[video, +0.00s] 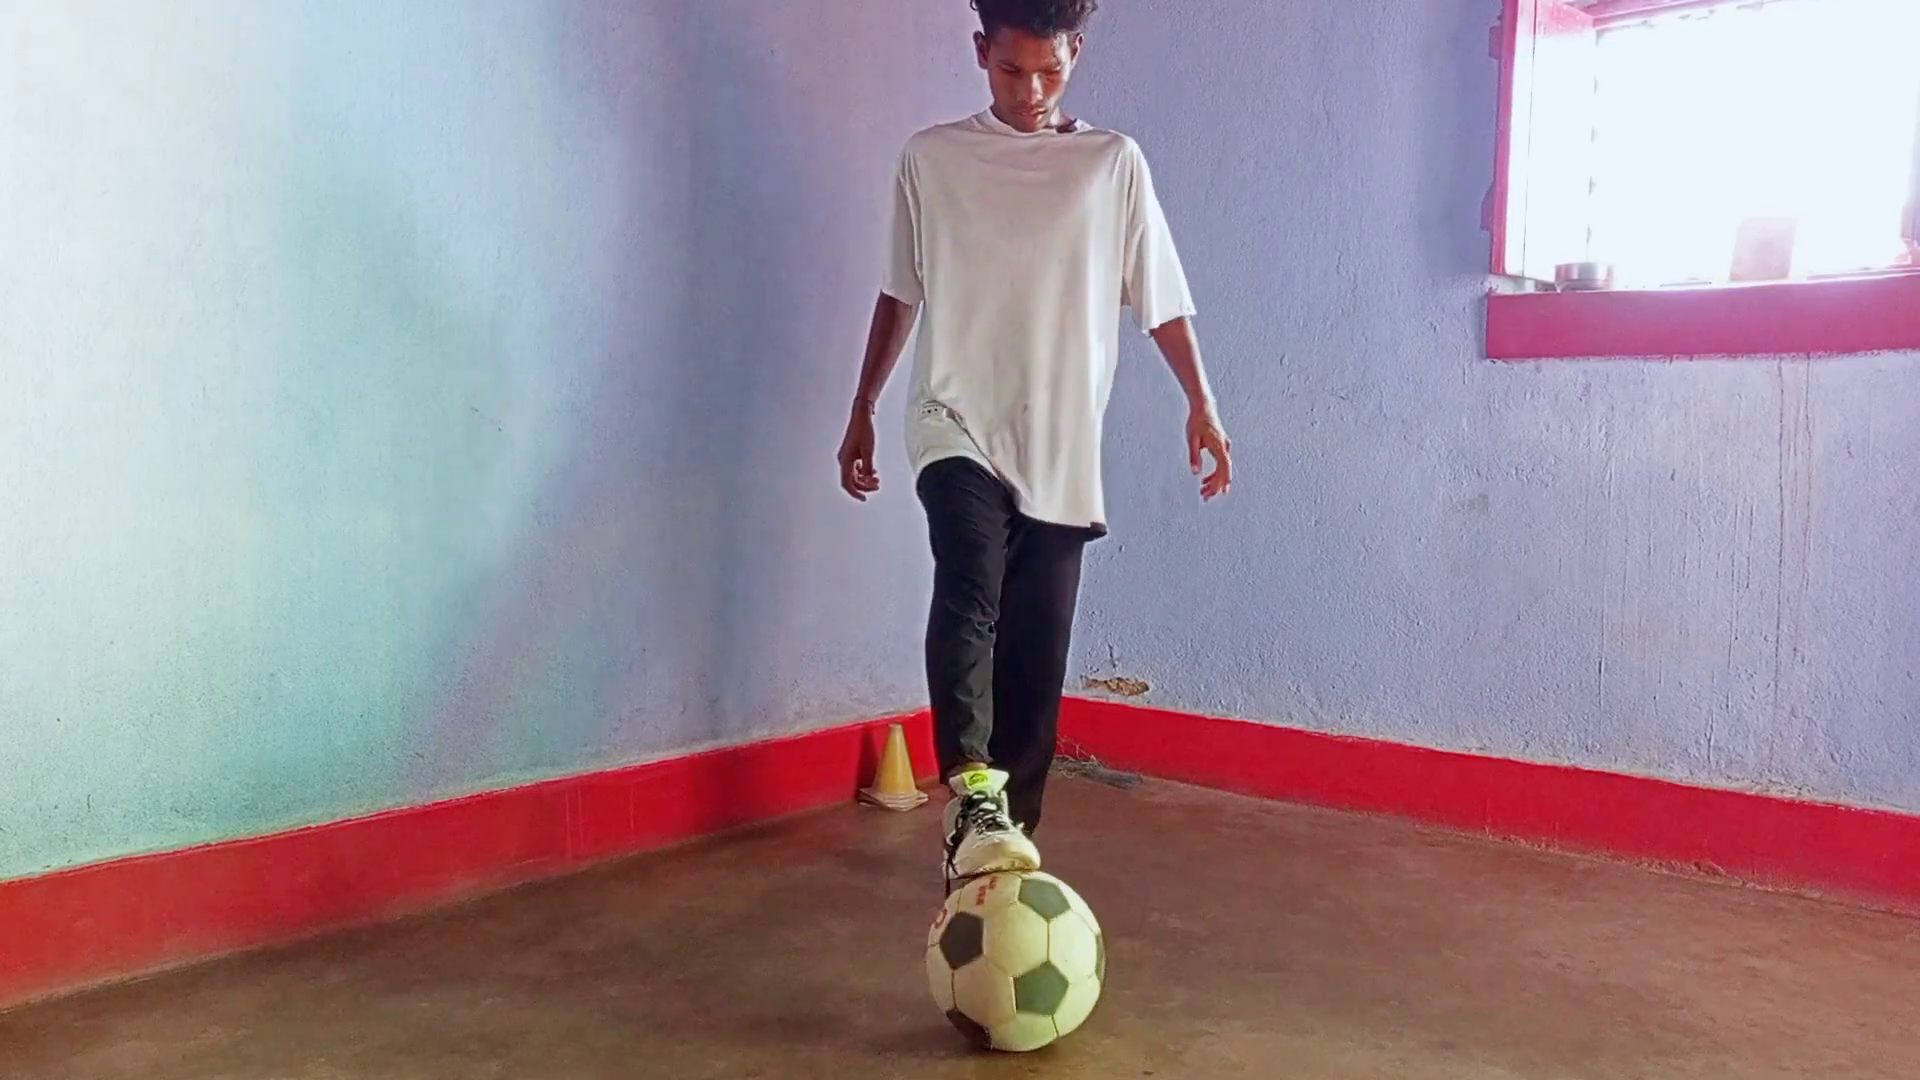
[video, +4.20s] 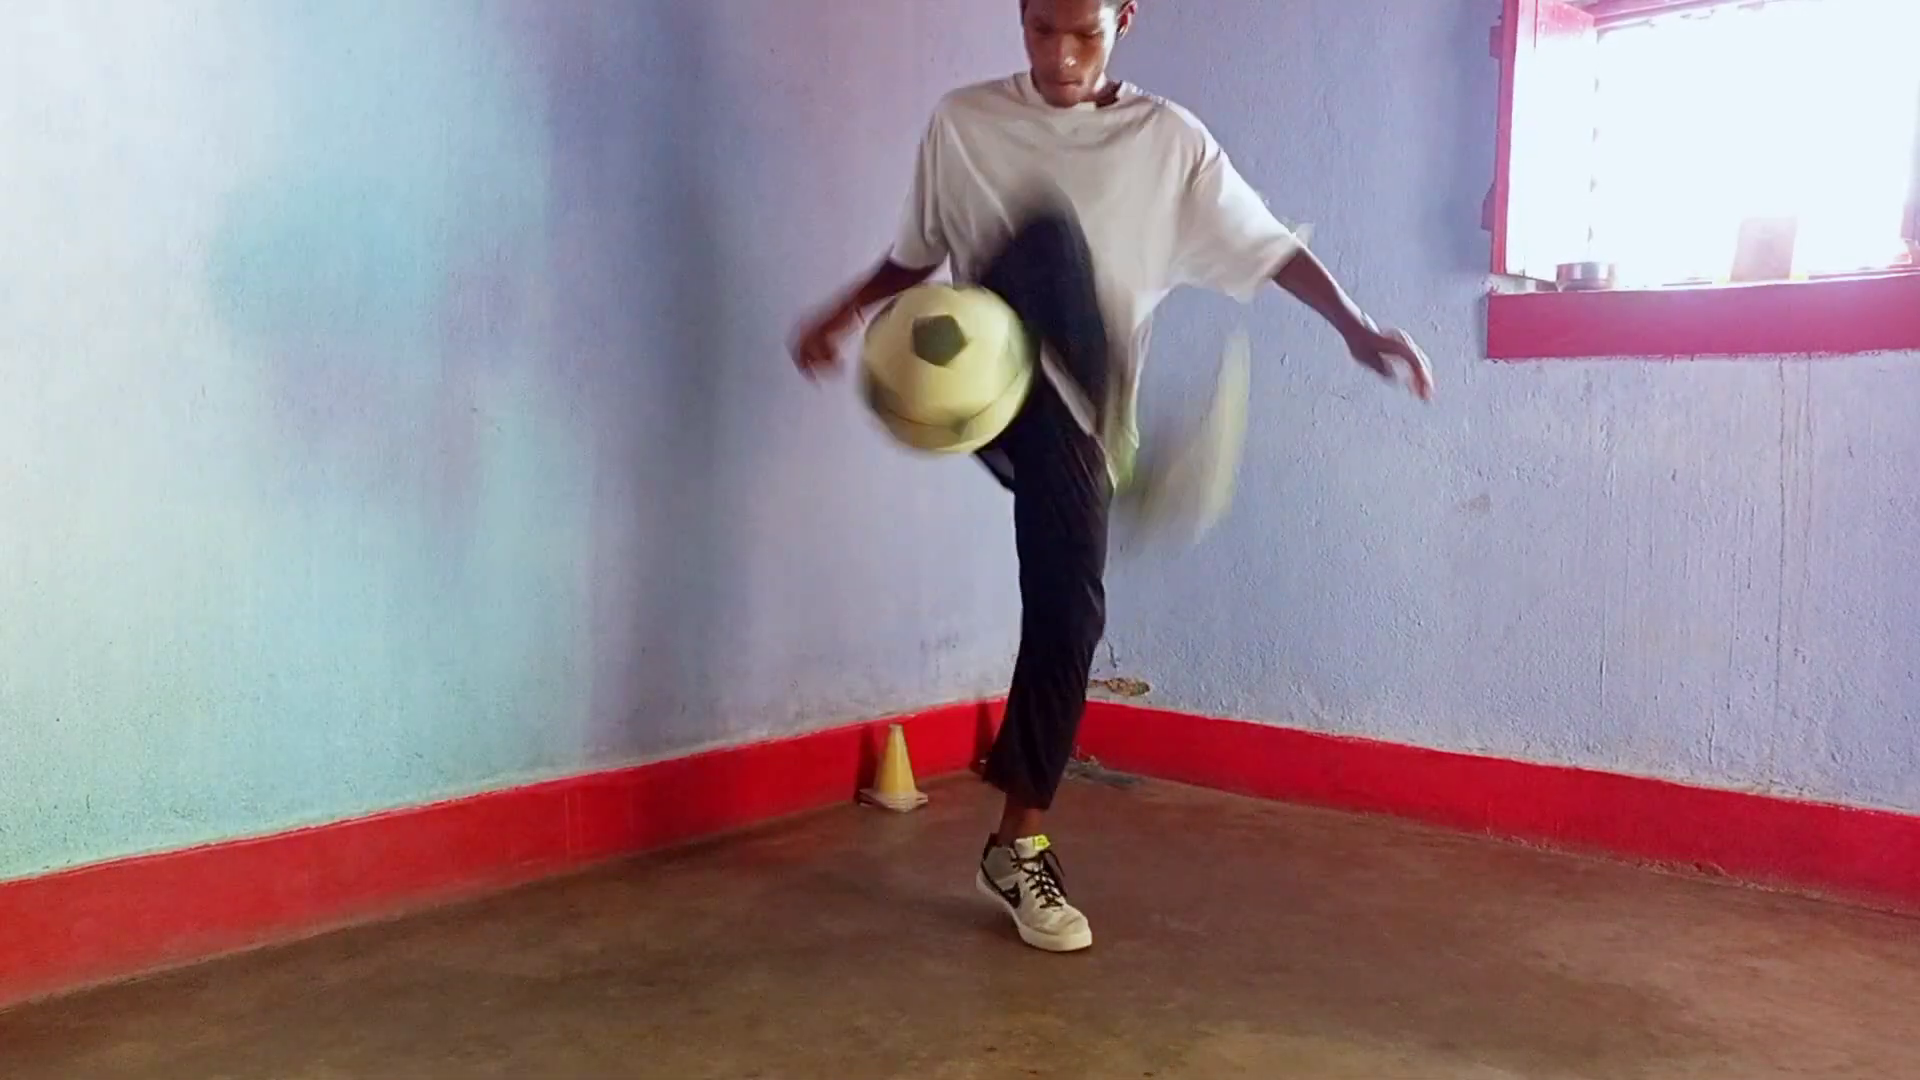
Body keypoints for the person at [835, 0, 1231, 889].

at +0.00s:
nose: (1031, 92)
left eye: (1048, 74)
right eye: (1014, 72)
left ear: (1074, 58)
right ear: (983, 53)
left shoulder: (1114, 162)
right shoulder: (931, 157)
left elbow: (1159, 299)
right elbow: (900, 295)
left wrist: (1201, 401)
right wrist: (862, 410)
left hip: (1061, 441)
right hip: (956, 420)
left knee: (1037, 653)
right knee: (972, 573)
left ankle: (1010, 845)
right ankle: (970, 788)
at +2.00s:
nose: (1012, 104)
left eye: (1032, 84)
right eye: (996, 82)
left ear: (1059, 62)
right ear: (960, 52)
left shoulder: (1097, 158)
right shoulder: (910, 156)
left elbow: (1144, 293)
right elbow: (877, 292)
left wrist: (1169, 403)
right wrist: (825, 404)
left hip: (1049, 451)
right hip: (940, 443)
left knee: (1036, 662)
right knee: (940, 650)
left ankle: (1014, 856)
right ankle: (946, 845)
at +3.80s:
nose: (1115, 111)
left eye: (1135, 93)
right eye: (1099, 86)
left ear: (1155, 79)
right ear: (1063, 58)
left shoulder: (1164, 194)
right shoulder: (981, 140)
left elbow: (1191, 340)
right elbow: (904, 265)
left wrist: (1229, 458)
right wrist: (862, 362)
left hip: (1061, 456)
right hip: (959, 430)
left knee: (1060, 659)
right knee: (986, 586)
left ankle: (1035, 865)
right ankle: (984, 840)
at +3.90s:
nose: (1127, 97)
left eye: (1146, 81)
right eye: (1113, 73)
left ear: (1167, 73)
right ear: (1078, 48)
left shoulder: (1176, 178)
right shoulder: (1000, 122)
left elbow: (1202, 313)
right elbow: (911, 226)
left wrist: (1233, 422)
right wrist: (868, 323)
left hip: (1071, 437)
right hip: (975, 385)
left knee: (1064, 656)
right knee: (975, 476)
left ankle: (1022, 855)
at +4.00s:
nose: (1118, 71)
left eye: (1137, 53)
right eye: (1101, 47)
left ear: (1160, 47)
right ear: (1064, 31)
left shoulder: (1178, 152)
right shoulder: (991, 112)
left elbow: (1215, 277)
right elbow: (910, 211)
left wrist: (1257, 362)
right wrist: (830, 271)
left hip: (1085, 419)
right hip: (995, 376)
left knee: (1077, 623)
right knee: (998, 249)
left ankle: (1029, 839)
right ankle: (936, 405)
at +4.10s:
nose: (1090, 60)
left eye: (1112, 42)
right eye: (1074, 35)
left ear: (1140, 38)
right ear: (1044, 24)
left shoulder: (1174, 142)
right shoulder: (978, 112)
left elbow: (1254, 253)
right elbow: (916, 227)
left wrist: (1313, 336)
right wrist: (825, 265)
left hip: (1087, 384)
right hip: (978, 365)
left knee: (1073, 604)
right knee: (1001, 167)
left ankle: (1026, 843)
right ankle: (965, 369)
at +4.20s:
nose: (1062, 58)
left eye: (1086, 36)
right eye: (1046, 32)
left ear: (1122, 25)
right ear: (1021, 19)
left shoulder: (1167, 138)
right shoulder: (963, 121)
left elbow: (1265, 243)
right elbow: (922, 252)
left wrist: (1357, 328)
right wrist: (842, 313)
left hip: (1078, 411)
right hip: (980, 388)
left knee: (1069, 616)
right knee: (1045, 233)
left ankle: (1018, 846)